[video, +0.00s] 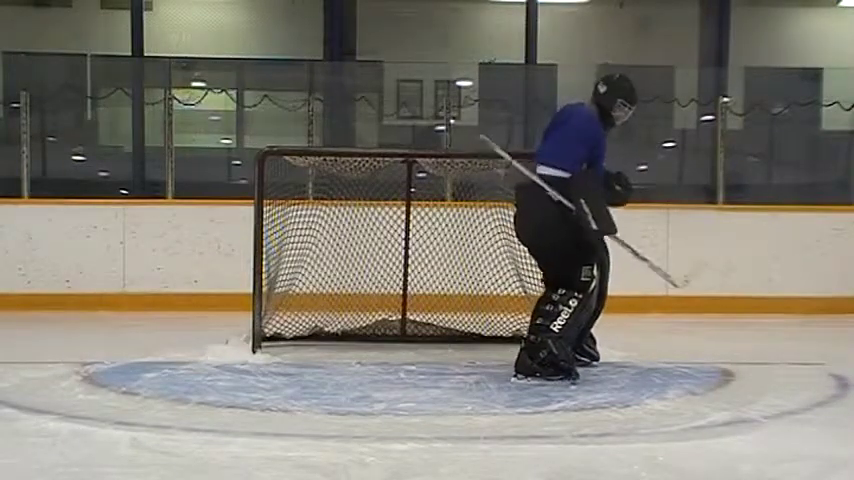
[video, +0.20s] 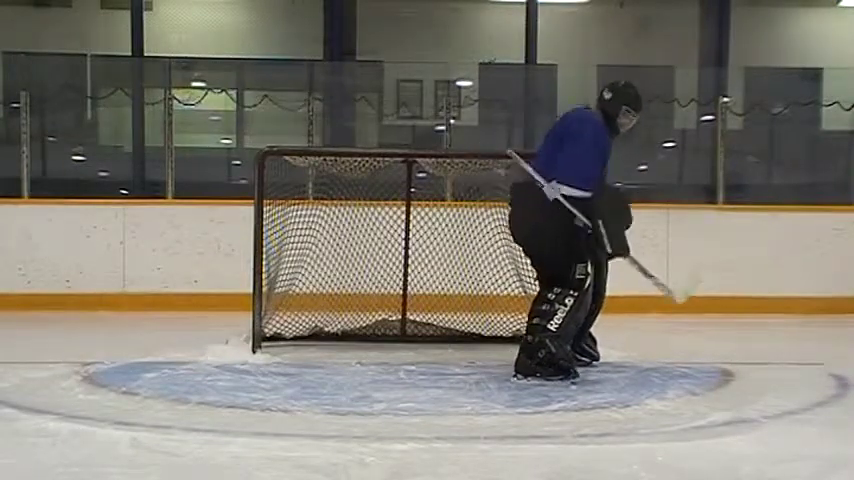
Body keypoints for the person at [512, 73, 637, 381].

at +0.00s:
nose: (623, 115)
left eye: (627, 109)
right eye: (622, 107)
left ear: (601, 97)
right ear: (607, 99)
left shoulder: (571, 113)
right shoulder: (591, 126)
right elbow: (586, 182)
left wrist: (606, 183)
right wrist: (605, 224)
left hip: (531, 207)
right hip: (553, 210)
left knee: (561, 279)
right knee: (586, 274)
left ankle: (537, 350)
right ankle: (548, 349)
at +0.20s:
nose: (629, 122)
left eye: (633, 117)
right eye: (627, 114)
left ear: (604, 104)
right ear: (612, 105)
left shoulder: (586, 123)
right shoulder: (590, 129)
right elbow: (575, 191)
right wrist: (598, 235)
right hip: (545, 211)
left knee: (560, 280)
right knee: (574, 280)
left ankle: (542, 349)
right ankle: (540, 353)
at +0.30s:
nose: (633, 133)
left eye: (637, 127)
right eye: (630, 125)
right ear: (615, 116)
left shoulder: (591, 134)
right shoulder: (594, 141)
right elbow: (579, 207)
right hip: (536, 214)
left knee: (560, 281)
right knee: (573, 281)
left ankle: (543, 349)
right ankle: (540, 353)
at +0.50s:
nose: (642, 175)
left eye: (646, 170)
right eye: (640, 167)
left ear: (618, 152)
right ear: (628, 159)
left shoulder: (591, 163)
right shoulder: (610, 187)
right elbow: (600, 239)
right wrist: (617, 279)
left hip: (514, 220)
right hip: (535, 232)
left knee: (564, 287)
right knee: (592, 288)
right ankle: (541, 356)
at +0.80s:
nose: (643, 160)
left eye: (644, 152)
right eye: (637, 152)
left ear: (617, 148)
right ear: (621, 150)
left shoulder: (591, 161)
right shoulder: (606, 182)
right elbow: (602, 240)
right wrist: (618, 279)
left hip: (514, 216)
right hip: (530, 225)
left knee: (562, 286)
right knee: (590, 286)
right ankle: (542, 355)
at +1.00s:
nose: (635, 152)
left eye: (635, 145)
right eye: (629, 145)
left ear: (604, 145)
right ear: (611, 145)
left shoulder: (581, 162)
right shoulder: (606, 178)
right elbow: (602, 238)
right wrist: (620, 280)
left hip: (512, 221)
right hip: (533, 229)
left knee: (562, 290)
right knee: (590, 287)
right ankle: (543, 355)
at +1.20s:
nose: (633, 145)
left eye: (633, 138)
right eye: (626, 138)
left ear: (601, 140)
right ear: (608, 140)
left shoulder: (583, 158)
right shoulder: (604, 172)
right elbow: (601, 234)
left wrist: (594, 265)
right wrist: (618, 279)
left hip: (514, 222)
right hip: (532, 228)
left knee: (562, 289)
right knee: (589, 286)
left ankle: (537, 353)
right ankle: (543, 353)